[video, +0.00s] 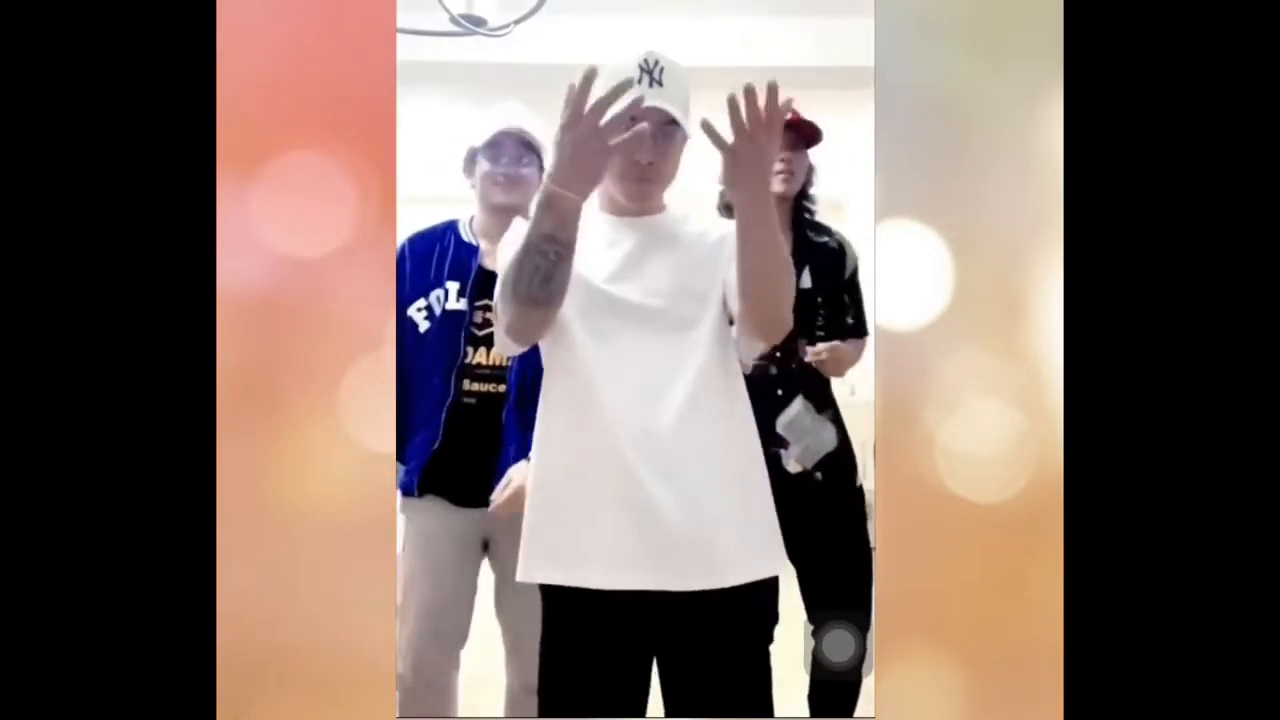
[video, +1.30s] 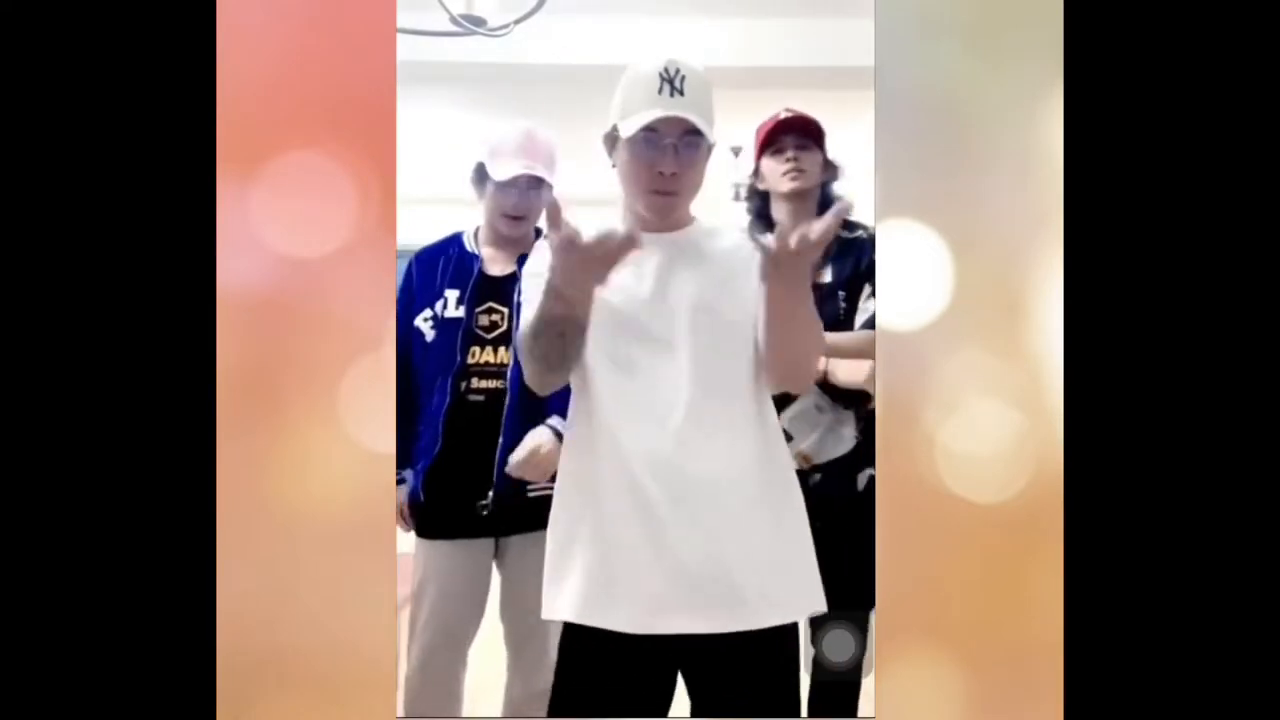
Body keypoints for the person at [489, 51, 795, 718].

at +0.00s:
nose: (645, 145)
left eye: (665, 129)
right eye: (628, 125)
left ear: (686, 144)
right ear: (598, 137)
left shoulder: (721, 242)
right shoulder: (552, 236)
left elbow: (768, 326)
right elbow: (518, 326)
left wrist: (755, 191)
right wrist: (564, 188)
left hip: (719, 570)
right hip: (588, 571)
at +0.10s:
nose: (648, 148)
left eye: (666, 130)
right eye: (629, 128)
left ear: (684, 145)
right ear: (592, 140)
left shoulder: (717, 246)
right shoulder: (539, 233)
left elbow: (765, 349)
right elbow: (514, 339)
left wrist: (762, 239)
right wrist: (572, 225)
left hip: (713, 570)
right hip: (580, 571)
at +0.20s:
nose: (645, 155)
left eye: (664, 137)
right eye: (626, 134)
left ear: (686, 151)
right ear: (591, 146)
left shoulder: (725, 260)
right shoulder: (534, 245)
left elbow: (752, 398)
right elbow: (509, 366)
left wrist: (748, 341)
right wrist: (579, 324)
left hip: (705, 566)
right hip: (577, 568)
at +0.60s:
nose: (650, 159)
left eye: (669, 139)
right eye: (630, 140)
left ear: (703, 147)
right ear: (608, 151)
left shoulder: (750, 259)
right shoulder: (570, 239)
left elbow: (758, 377)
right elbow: (520, 343)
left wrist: (730, 262)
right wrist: (553, 232)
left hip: (696, 563)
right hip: (565, 555)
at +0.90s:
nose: (655, 154)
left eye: (674, 133)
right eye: (636, 136)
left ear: (708, 143)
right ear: (614, 148)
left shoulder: (774, 239)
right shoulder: (588, 244)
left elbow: (801, 357)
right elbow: (541, 360)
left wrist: (725, 256)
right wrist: (560, 284)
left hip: (711, 574)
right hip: (582, 569)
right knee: (541, 716)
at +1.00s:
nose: (658, 164)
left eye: (677, 143)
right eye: (639, 144)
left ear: (707, 155)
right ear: (612, 158)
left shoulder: (773, 251)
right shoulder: (583, 267)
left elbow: (807, 396)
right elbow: (552, 402)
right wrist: (577, 362)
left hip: (723, 588)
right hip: (591, 586)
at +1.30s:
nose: (669, 162)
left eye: (689, 141)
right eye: (649, 140)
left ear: (711, 155)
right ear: (612, 150)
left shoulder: (753, 259)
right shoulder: (575, 263)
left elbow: (794, 379)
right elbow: (541, 378)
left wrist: (791, 282)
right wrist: (566, 293)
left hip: (745, 589)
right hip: (613, 590)